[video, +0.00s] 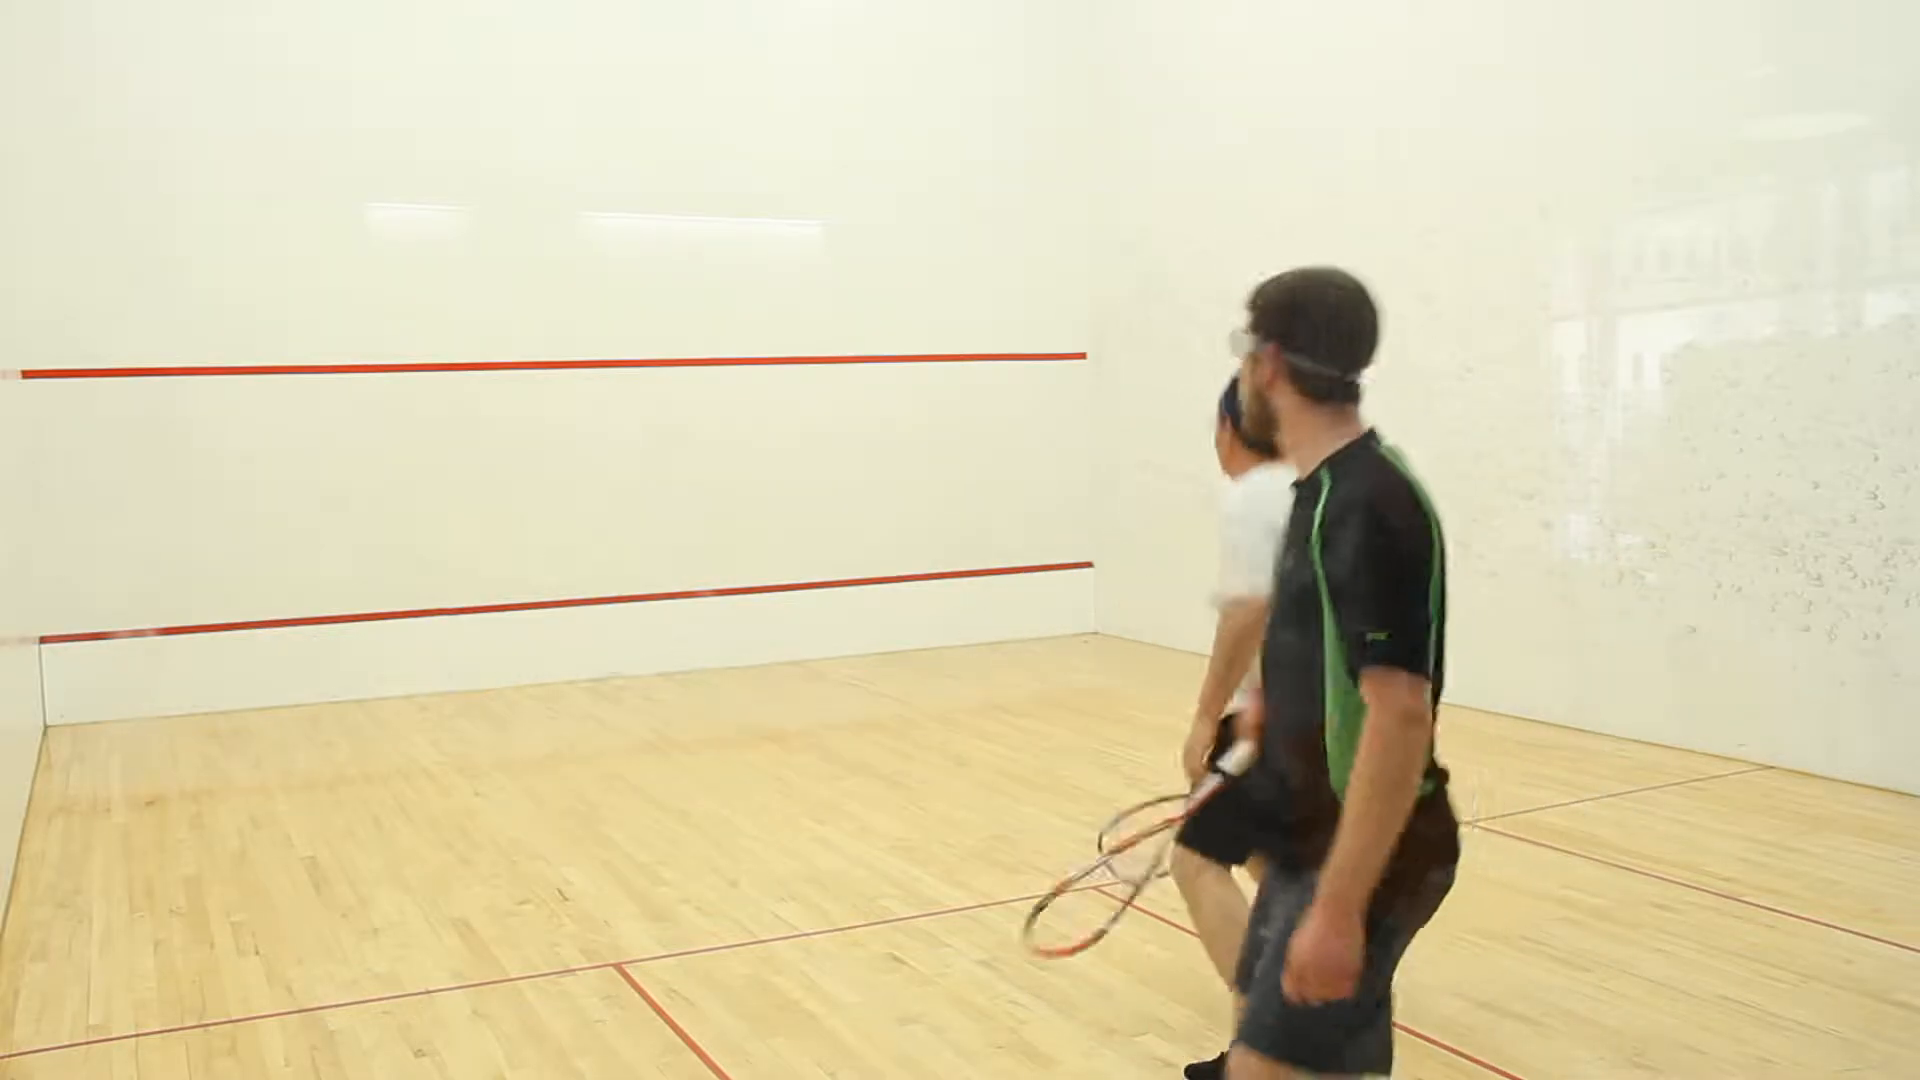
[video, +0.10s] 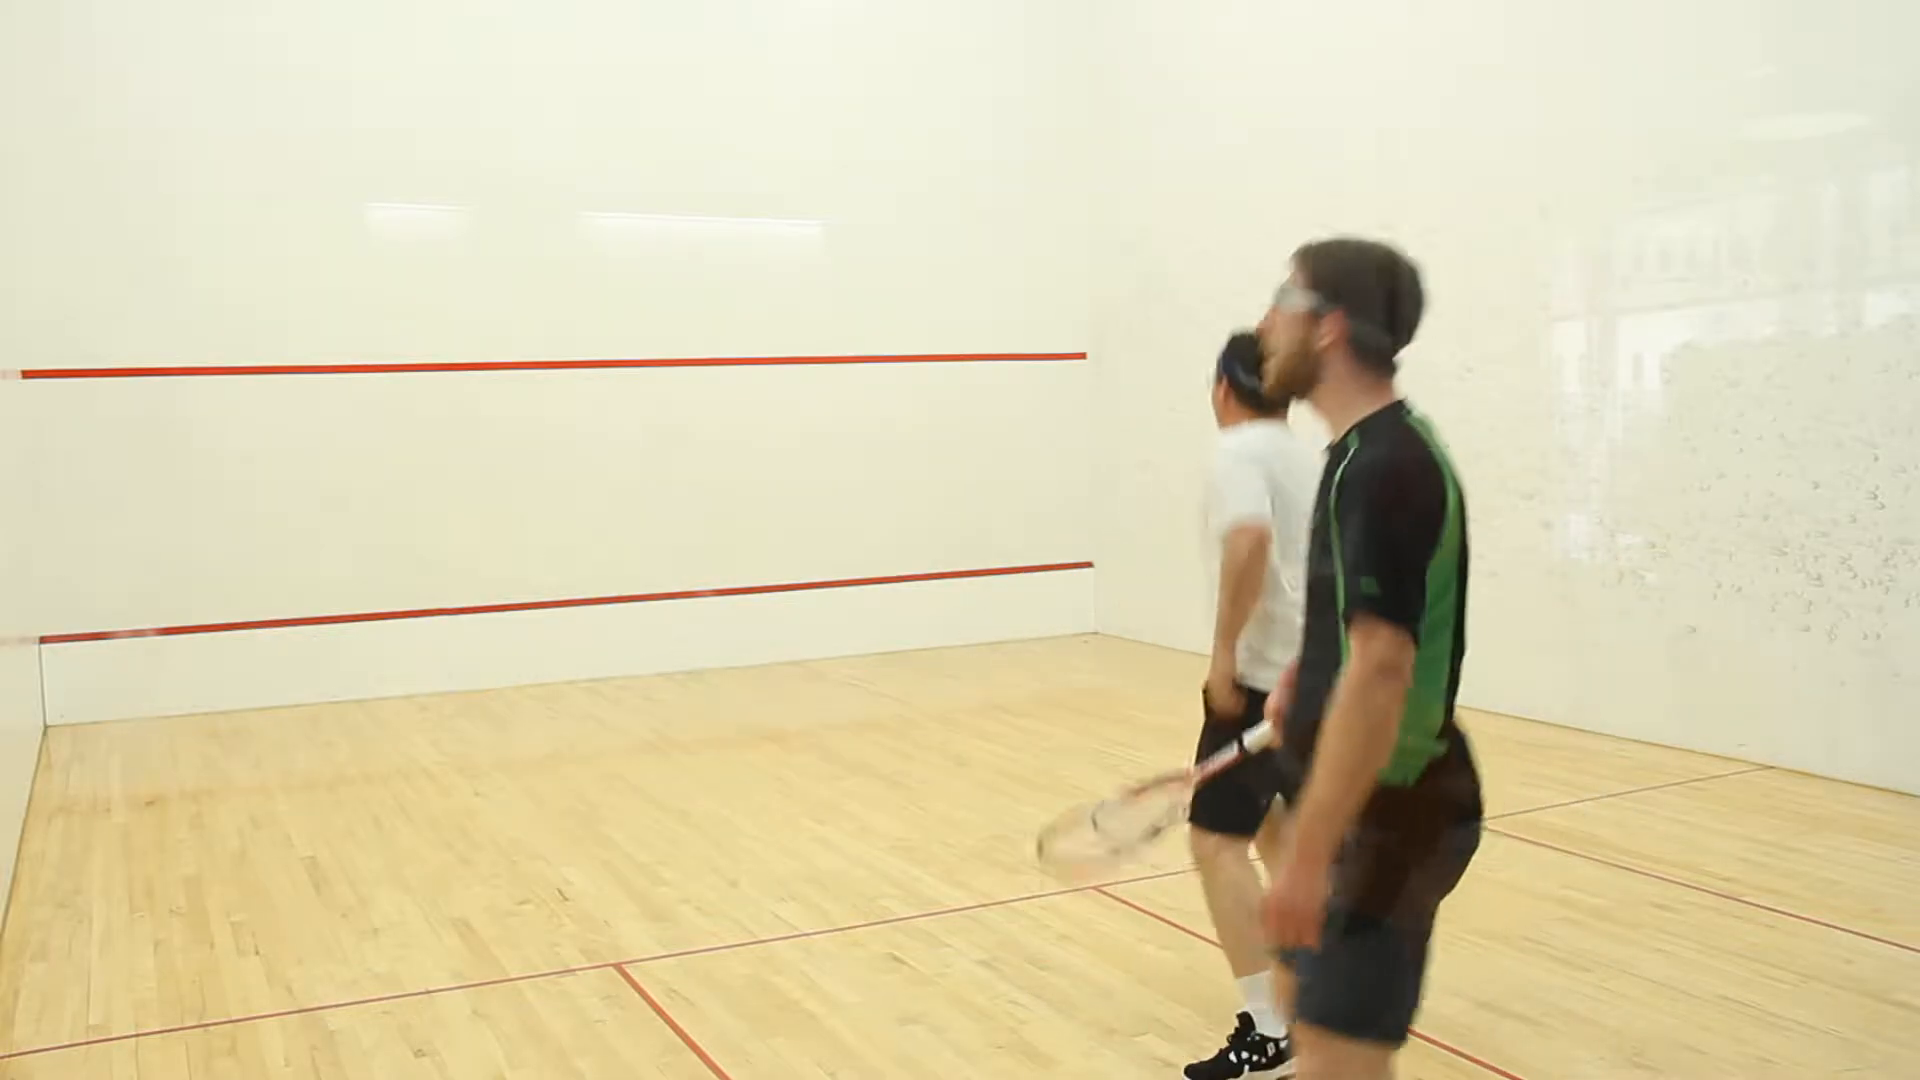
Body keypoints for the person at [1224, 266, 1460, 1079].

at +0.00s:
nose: (1241, 366)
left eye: (1247, 347)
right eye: (1247, 347)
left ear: (1270, 364)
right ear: (1347, 363)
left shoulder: (1376, 503)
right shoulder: (1323, 491)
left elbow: (1401, 710)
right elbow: (1333, 655)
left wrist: (1339, 910)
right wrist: (1270, 700)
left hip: (1360, 856)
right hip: (1314, 835)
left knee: (1262, 1063)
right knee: (1298, 1051)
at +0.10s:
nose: (1263, 323)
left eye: (1283, 305)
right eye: (1275, 303)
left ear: (1330, 329)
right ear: (1337, 333)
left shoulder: (1387, 465)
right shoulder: (1366, 453)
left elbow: (1383, 668)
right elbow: (1358, 614)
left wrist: (1307, 851)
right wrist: (1307, 675)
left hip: (1393, 802)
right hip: (1375, 785)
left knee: (1336, 1054)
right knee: (1333, 1041)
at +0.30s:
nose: (1352, 274)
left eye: (1375, 256)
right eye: (1364, 255)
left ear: (1433, 285)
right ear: (1434, 288)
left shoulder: (1451, 425)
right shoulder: (1469, 409)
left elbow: (1361, 604)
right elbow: (1365, 559)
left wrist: (1230, 739)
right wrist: (1250, 609)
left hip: (1448, 755)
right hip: (1442, 745)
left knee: (1378, 1018)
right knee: (1404, 1005)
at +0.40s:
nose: (1402, 282)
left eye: (1424, 264)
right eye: (1414, 263)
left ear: (1476, 287)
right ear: (1479, 289)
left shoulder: (1489, 427)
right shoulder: (1524, 416)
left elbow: (1384, 592)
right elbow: (1402, 553)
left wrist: (1258, 697)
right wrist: (1273, 581)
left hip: (1474, 763)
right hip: (1490, 752)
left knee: (1406, 1016)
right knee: (1418, 1005)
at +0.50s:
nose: (1453, 294)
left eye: (1472, 276)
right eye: (1464, 275)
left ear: (1520, 293)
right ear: (1533, 297)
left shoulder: (1534, 431)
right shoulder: (1575, 425)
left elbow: (1441, 592)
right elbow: (1468, 555)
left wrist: (1333, 673)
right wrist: (1340, 571)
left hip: (1510, 781)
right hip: (1518, 766)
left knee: (1448, 1020)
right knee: (1432, 987)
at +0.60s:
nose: (1508, 312)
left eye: (1526, 293)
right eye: (1518, 293)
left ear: (1572, 312)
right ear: (1586, 318)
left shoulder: (1587, 445)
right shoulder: (1611, 439)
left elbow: (1502, 615)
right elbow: (1527, 592)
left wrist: (1414, 681)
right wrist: (1401, 590)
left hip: (1569, 792)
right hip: (1539, 781)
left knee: (1522, 1033)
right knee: (1462, 988)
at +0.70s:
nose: (1558, 330)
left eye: (1574, 313)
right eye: (1569, 311)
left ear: (1612, 330)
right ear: (1629, 336)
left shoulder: (1638, 460)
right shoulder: (1667, 451)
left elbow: (1568, 643)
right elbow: (1585, 606)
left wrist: (1494, 710)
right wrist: (1467, 634)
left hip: (1640, 809)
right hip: (1606, 797)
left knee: (1609, 1039)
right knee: (1523, 1003)